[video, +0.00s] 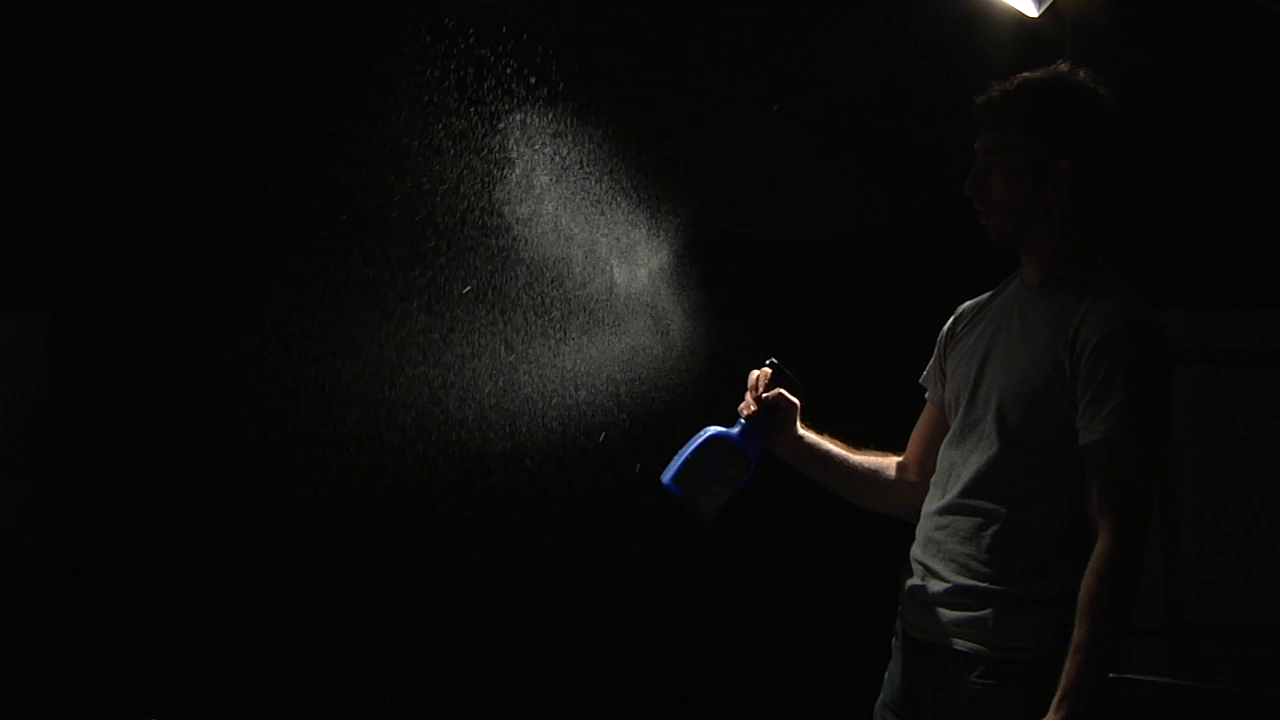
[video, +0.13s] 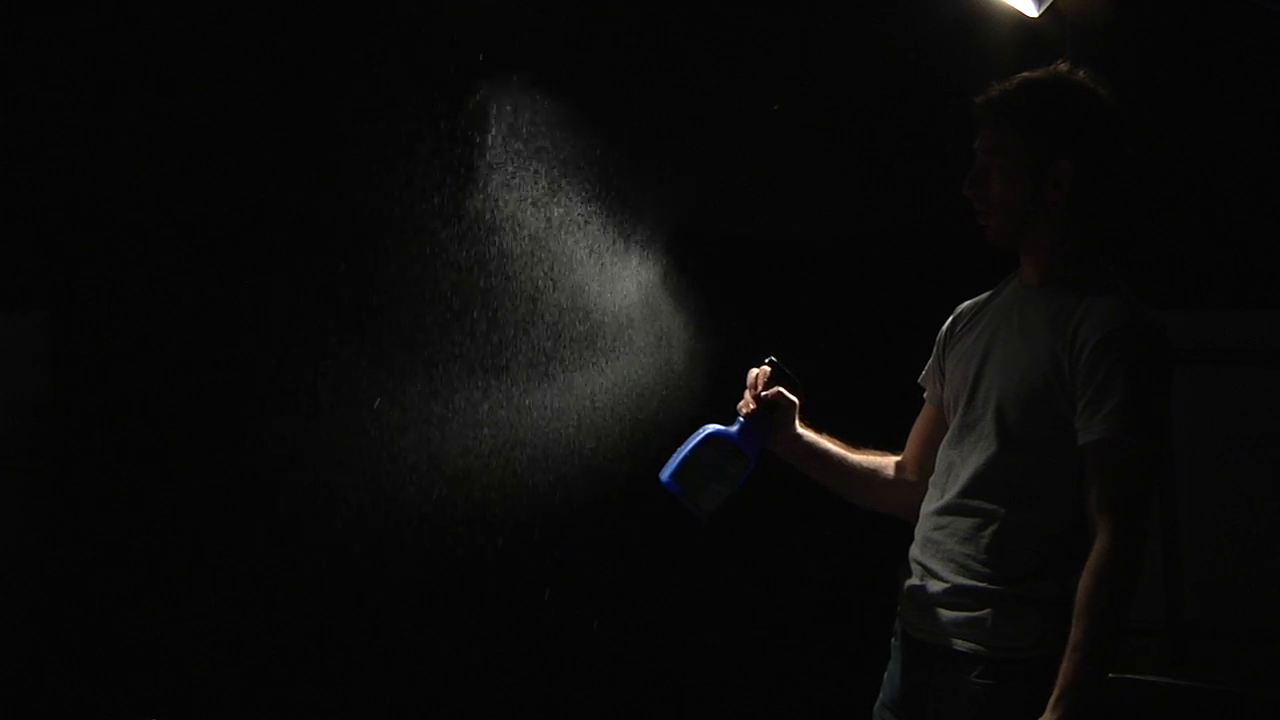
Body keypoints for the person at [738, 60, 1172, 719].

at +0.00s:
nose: (974, 182)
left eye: (996, 163)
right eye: (978, 162)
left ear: (1054, 177)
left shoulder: (1107, 325)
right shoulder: (970, 321)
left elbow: (1120, 531)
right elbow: (912, 482)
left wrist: (1070, 699)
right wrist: (793, 435)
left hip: (1016, 657)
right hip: (921, 640)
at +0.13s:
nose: (974, 184)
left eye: (995, 164)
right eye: (977, 163)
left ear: (1054, 177)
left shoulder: (1107, 326)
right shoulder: (969, 321)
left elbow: (1118, 531)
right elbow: (911, 482)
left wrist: (1066, 699)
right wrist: (792, 435)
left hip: (1015, 655)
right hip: (921, 638)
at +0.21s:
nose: (972, 183)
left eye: (994, 163)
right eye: (976, 162)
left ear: (1052, 178)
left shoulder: (1106, 325)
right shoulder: (968, 321)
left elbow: (1117, 532)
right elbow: (910, 482)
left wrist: (1065, 700)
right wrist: (791, 435)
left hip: (1014, 655)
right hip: (920, 638)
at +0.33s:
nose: (971, 183)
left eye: (992, 163)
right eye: (975, 163)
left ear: (1051, 177)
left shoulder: (1103, 326)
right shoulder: (966, 321)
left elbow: (1115, 532)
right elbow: (909, 482)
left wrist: (1063, 700)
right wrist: (790, 435)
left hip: (1010, 657)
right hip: (918, 639)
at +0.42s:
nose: (967, 182)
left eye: (989, 162)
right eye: (971, 160)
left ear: (1047, 176)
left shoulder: (1100, 327)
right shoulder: (964, 322)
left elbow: (1114, 532)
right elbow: (908, 483)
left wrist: (1062, 699)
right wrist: (788, 435)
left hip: (1008, 656)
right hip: (916, 637)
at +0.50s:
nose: (966, 182)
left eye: (987, 161)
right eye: (969, 160)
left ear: (1046, 176)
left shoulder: (1099, 326)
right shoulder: (963, 322)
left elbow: (1112, 533)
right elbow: (907, 484)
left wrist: (1061, 701)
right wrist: (787, 436)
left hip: (1007, 658)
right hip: (917, 640)